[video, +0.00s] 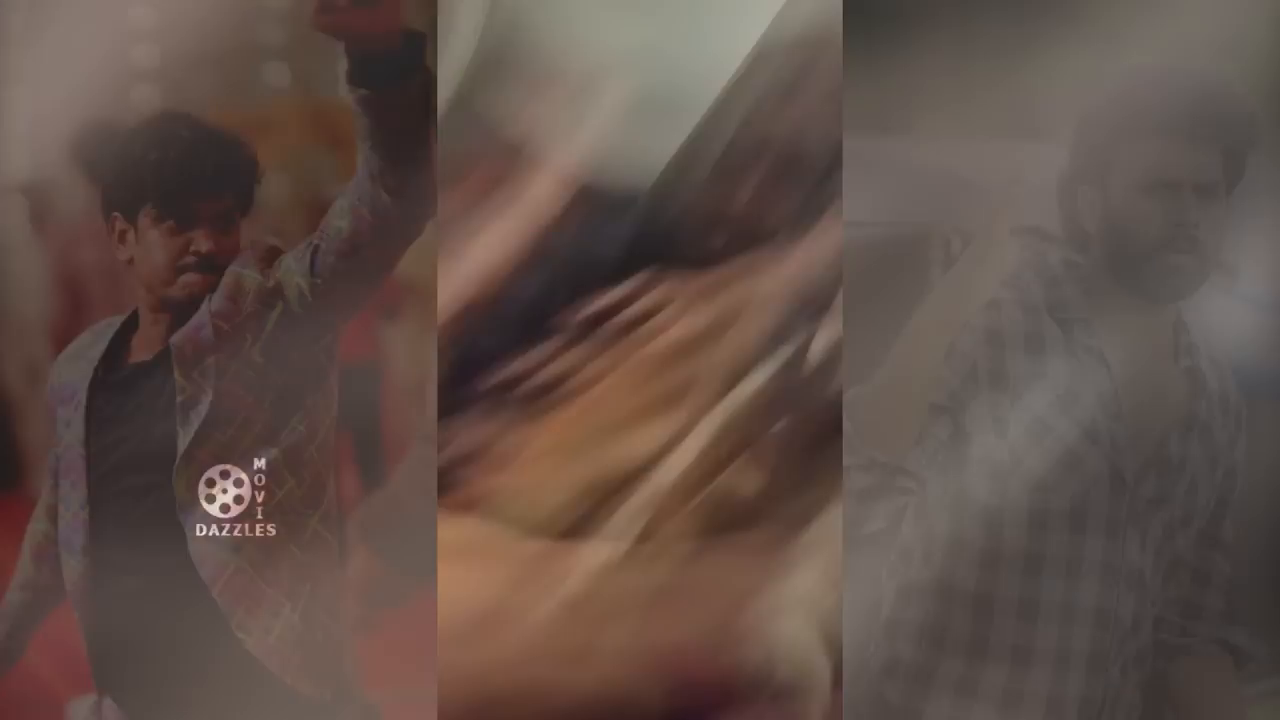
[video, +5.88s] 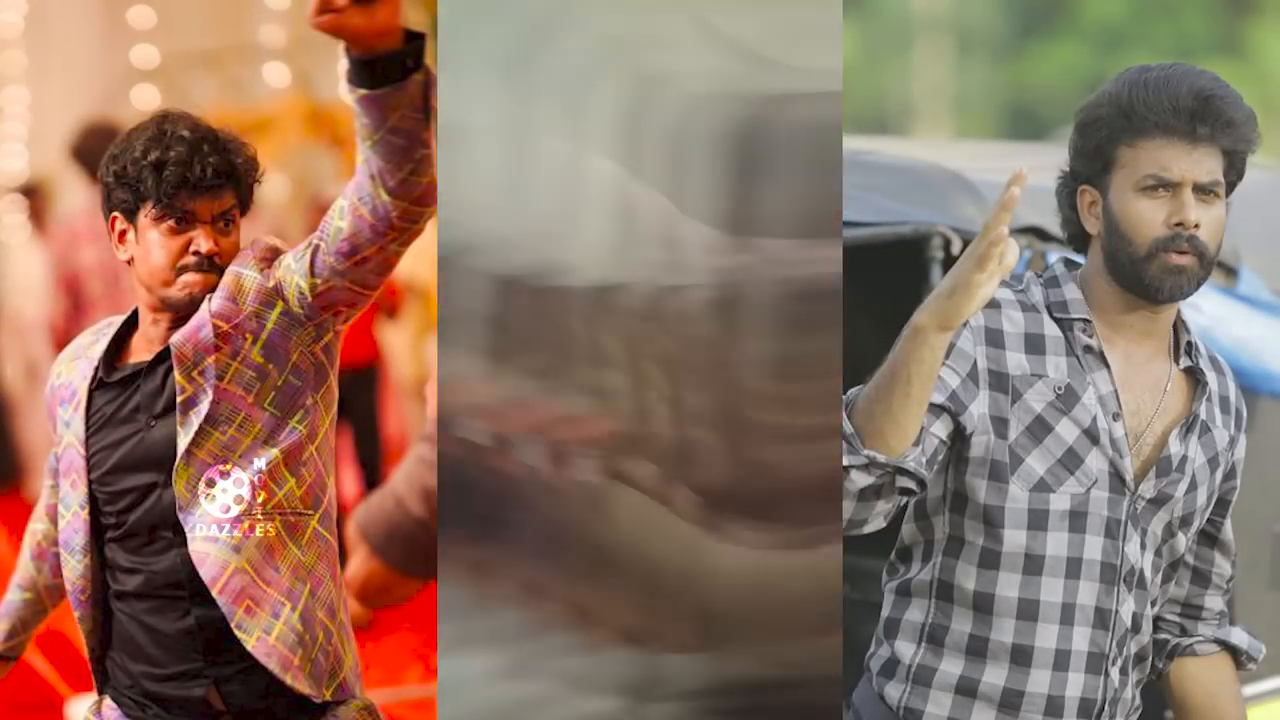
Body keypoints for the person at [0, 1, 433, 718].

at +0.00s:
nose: (205, 245)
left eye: (223, 223)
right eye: (178, 223)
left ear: (243, 231)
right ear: (122, 237)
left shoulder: (283, 317)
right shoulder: (78, 372)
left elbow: (392, 199)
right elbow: (52, 535)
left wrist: (380, 47)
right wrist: (4, 646)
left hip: (279, 696)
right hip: (134, 701)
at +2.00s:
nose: (206, 245)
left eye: (223, 222)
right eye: (179, 222)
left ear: (243, 230)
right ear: (122, 236)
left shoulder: (287, 312)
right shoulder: (76, 373)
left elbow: (394, 199)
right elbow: (56, 524)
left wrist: (380, 52)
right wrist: (7, 634)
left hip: (290, 700)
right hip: (140, 705)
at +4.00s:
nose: (206, 245)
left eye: (223, 222)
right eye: (179, 222)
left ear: (243, 230)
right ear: (122, 236)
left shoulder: (287, 312)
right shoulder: (76, 373)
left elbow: (394, 199)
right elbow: (56, 525)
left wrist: (380, 52)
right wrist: (7, 634)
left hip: (291, 700)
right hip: (140, 705)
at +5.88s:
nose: (206, 245)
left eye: (224, 222)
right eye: (179, 222)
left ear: (243, 230)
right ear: (122, 237)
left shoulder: (286, 313)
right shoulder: (76, 373)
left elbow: (393, 200)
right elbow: (56, 525)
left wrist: (379, 52)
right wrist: (8, 634)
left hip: (291, 700)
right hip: (140, 705)